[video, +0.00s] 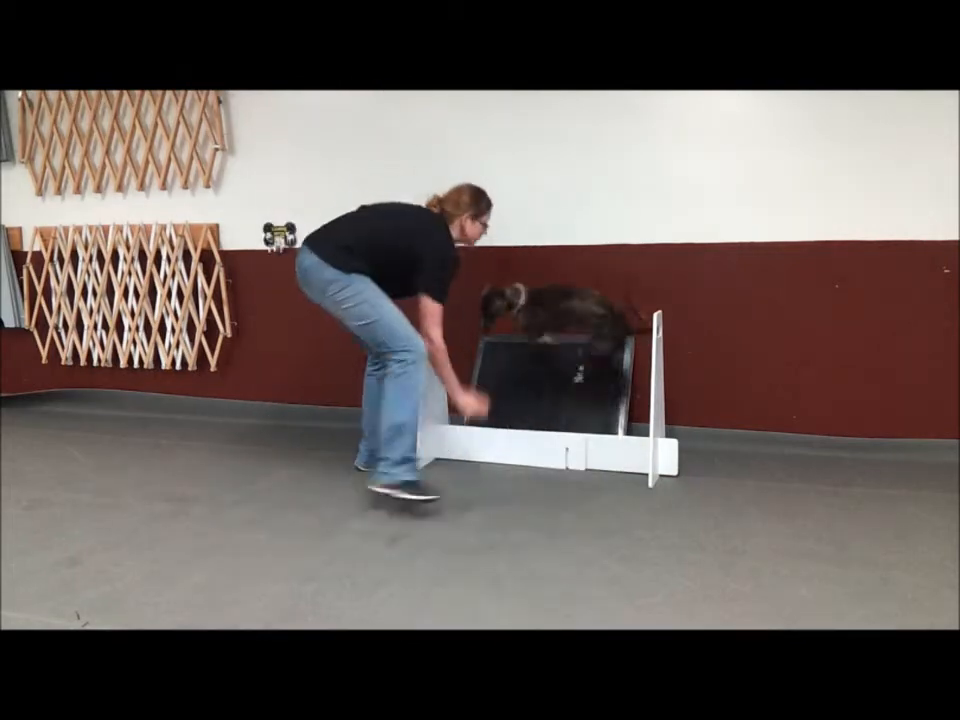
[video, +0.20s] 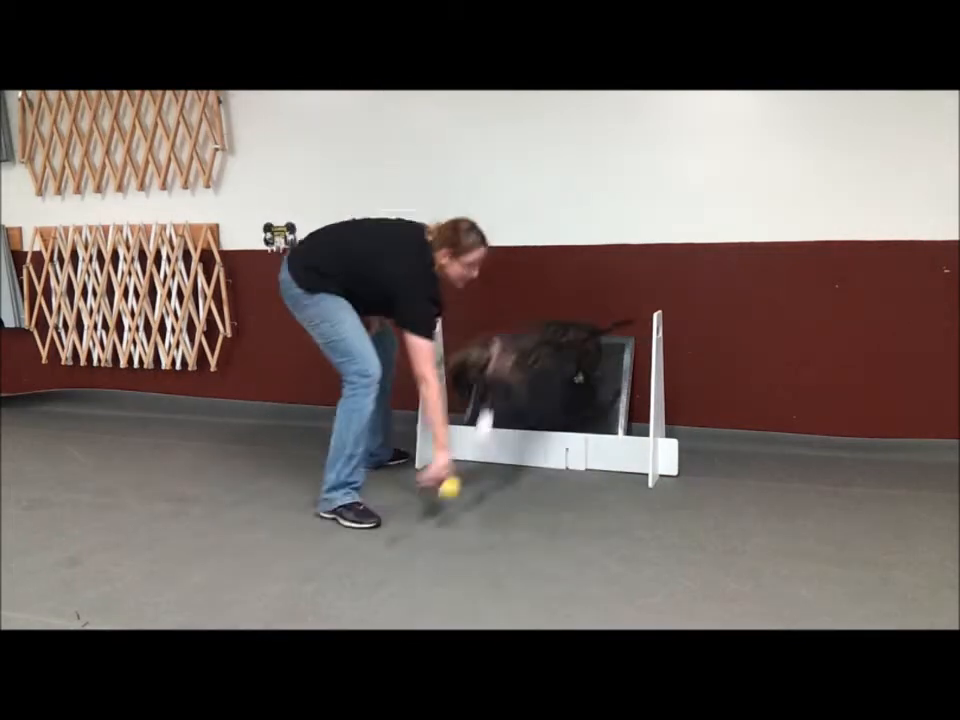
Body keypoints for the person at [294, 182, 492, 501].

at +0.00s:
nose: (483, 233)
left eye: (485, 226)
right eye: (482, 224)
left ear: (453, 212)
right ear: (465, 219)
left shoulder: (422, 224)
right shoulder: (438, 247)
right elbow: (431, 336)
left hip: (317, 262)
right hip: (334, 269)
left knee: (383, 356)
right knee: (407, 352)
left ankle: (373, 455)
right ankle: (394, 474)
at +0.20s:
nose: (474, 275)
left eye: (478, 267)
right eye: (470, 266)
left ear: (446, 253)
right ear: (445, 257)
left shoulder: (423, 240)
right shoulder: (417, 285)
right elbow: (426, 378)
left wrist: (374, 306)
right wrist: (441, 453)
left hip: (336, 271)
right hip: (308, 282)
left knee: (383, 347)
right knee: (364, 374)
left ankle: (375, 450)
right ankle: (338, 497)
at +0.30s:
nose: (446, 284)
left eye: (452, 276)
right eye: (438, 275)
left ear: (460, 267)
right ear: (414, 263)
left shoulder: (422, 242)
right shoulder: (386, 283)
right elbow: (388, 371)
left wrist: (364, 309)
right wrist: (393, 455)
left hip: (343, 273)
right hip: (301, 276)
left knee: (366, 370)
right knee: (340, 373)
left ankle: (365, 463)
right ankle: (336, 496)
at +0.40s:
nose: (409, 272)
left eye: (414, 263)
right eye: (398, 263)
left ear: (421, 252)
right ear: (373, 250)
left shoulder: (399, 239)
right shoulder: (345, 269)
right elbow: (337, 367)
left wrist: (369, 303)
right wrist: (326, 449)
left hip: (356, 280)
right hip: (300, 275)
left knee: (363, 365)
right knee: (326, 378)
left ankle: (368, 447)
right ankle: (333, 495)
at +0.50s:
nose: (358, 247)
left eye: (365, 238)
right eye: (348, 237)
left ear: (380, 230)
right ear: (328, 227)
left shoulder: (398, 220)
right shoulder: (304, 248)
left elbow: (387, 253)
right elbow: (288, 343)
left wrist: (375, 289)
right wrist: (260, 431)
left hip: (364, 287)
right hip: (318, 292)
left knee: (362, 364)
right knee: (330, 387)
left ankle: (363, 440)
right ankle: (334, 496)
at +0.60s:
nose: (314, 208)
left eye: (322, 197)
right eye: (304, 199)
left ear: (343, 186)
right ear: (292, 194)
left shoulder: (376, 195)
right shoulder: (283, 226)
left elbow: (392, 234)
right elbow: (249, 317)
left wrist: (377, 289)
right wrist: (213, 400)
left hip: (368, 277)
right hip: (311, 282)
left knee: (362, 368)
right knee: (328, 381)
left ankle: (339, 433)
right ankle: (333, 495)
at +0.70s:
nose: (285, 166)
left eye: (294, 154)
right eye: (275, 156)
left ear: (320, 151)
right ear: (265, 158)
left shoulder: (357, 166)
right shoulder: (259, 203)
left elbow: (390, 218)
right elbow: (226, 291)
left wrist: (378, 286)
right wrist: (192, 368)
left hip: (369, 268)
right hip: (306, 274)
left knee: (374, 364)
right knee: (325, 380)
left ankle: (334, 415)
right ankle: (332, 491)